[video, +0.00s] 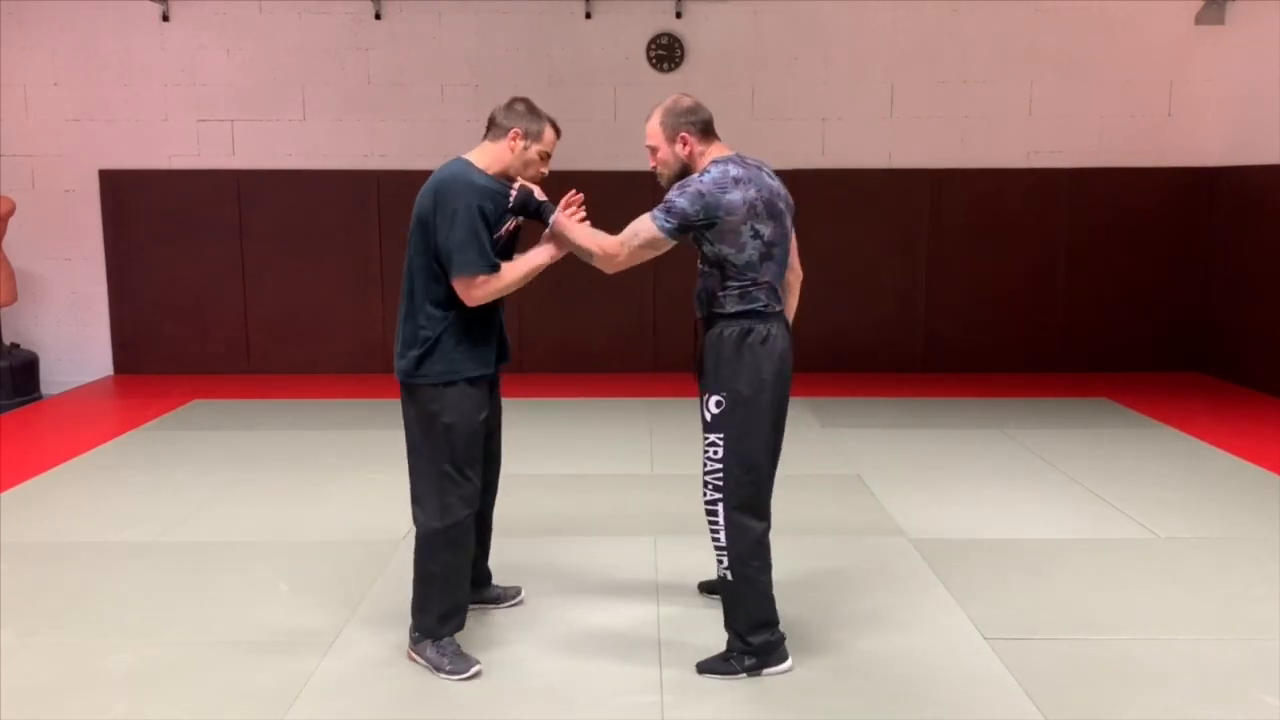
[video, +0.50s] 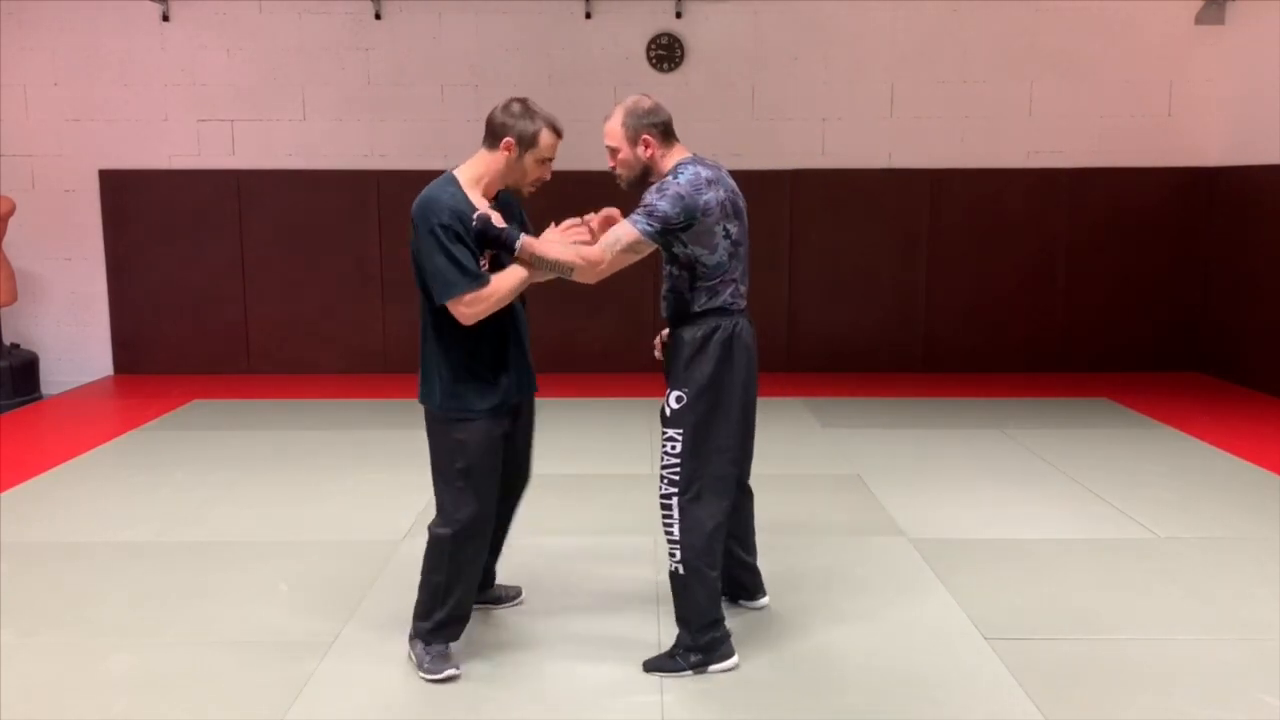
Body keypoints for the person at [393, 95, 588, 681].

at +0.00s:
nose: (539, 171)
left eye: (543, 162)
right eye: (540, 158)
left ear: (511, 139)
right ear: (515, 140)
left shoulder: (489, 190)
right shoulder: (459, 190)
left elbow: (496, 262)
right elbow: (473, 289)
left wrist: (542, 224)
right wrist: (546, 253)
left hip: (474, 367)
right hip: (442, 373)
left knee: (477, 486)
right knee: (448, 502)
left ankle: (471, 583)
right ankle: (431, 633)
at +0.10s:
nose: (544, 177)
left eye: (547, 167)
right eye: (545, 164)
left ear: (517, 144)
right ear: (521, 146)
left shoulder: (484, 190)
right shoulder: (462, 191)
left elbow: (524, 249)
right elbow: (495, 293)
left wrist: (552, 234)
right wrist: (550, 251)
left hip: (472, 370)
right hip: (441, 374)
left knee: (475, 487)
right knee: (441, 504)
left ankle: (469, 582)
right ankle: (430, 633)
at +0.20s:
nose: (544, 173)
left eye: (549, 164)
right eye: (546, 160)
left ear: (514, 141)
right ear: (519, 142)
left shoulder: (477, 188)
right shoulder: (462, 192)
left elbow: (527, 245)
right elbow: (504, 294)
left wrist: (557, 227)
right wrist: (551, 248)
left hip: (472, 372)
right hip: (447, 377)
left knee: (475, 488)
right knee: (444, 505)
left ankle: (469, 582)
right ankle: (431, 634)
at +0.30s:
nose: (544, 169)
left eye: (548, 158)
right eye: (544, 156)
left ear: (511, 141)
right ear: (515, 141)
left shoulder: (478, 188)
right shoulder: (459, 196)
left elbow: (523, 255)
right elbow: (502, 292)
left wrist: (557, 228)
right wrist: (551, 240)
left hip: (479, 377)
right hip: (453, 381)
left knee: (477, 492)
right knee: (450, 508)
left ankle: (469, 582)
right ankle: (431, 634)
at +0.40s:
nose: (546, 171)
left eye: (551, 160)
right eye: (545, 158)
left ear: (511, 145)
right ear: (513, 144)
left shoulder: (485, 195)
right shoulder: (449, 202)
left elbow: (515, 266)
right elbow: (488, 296)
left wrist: (558, 231)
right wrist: (547, 242)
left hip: (487, 381)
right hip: (457, 386)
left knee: (480, 494)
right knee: (456, 509)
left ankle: (468, 582)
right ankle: (432, 632)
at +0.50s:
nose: (545, 175)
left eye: (549, 164)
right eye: (543, 162)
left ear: (510, 150)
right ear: (507, 148)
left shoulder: (504, 200)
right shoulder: (438, 209)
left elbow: (521, 271)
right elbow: (467, 306)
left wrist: (576, 244)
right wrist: (535, 252)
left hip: (507, 382)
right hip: (460, 392)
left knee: (507, 489)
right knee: (462, 515)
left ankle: (476, 581)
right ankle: (431, 634)